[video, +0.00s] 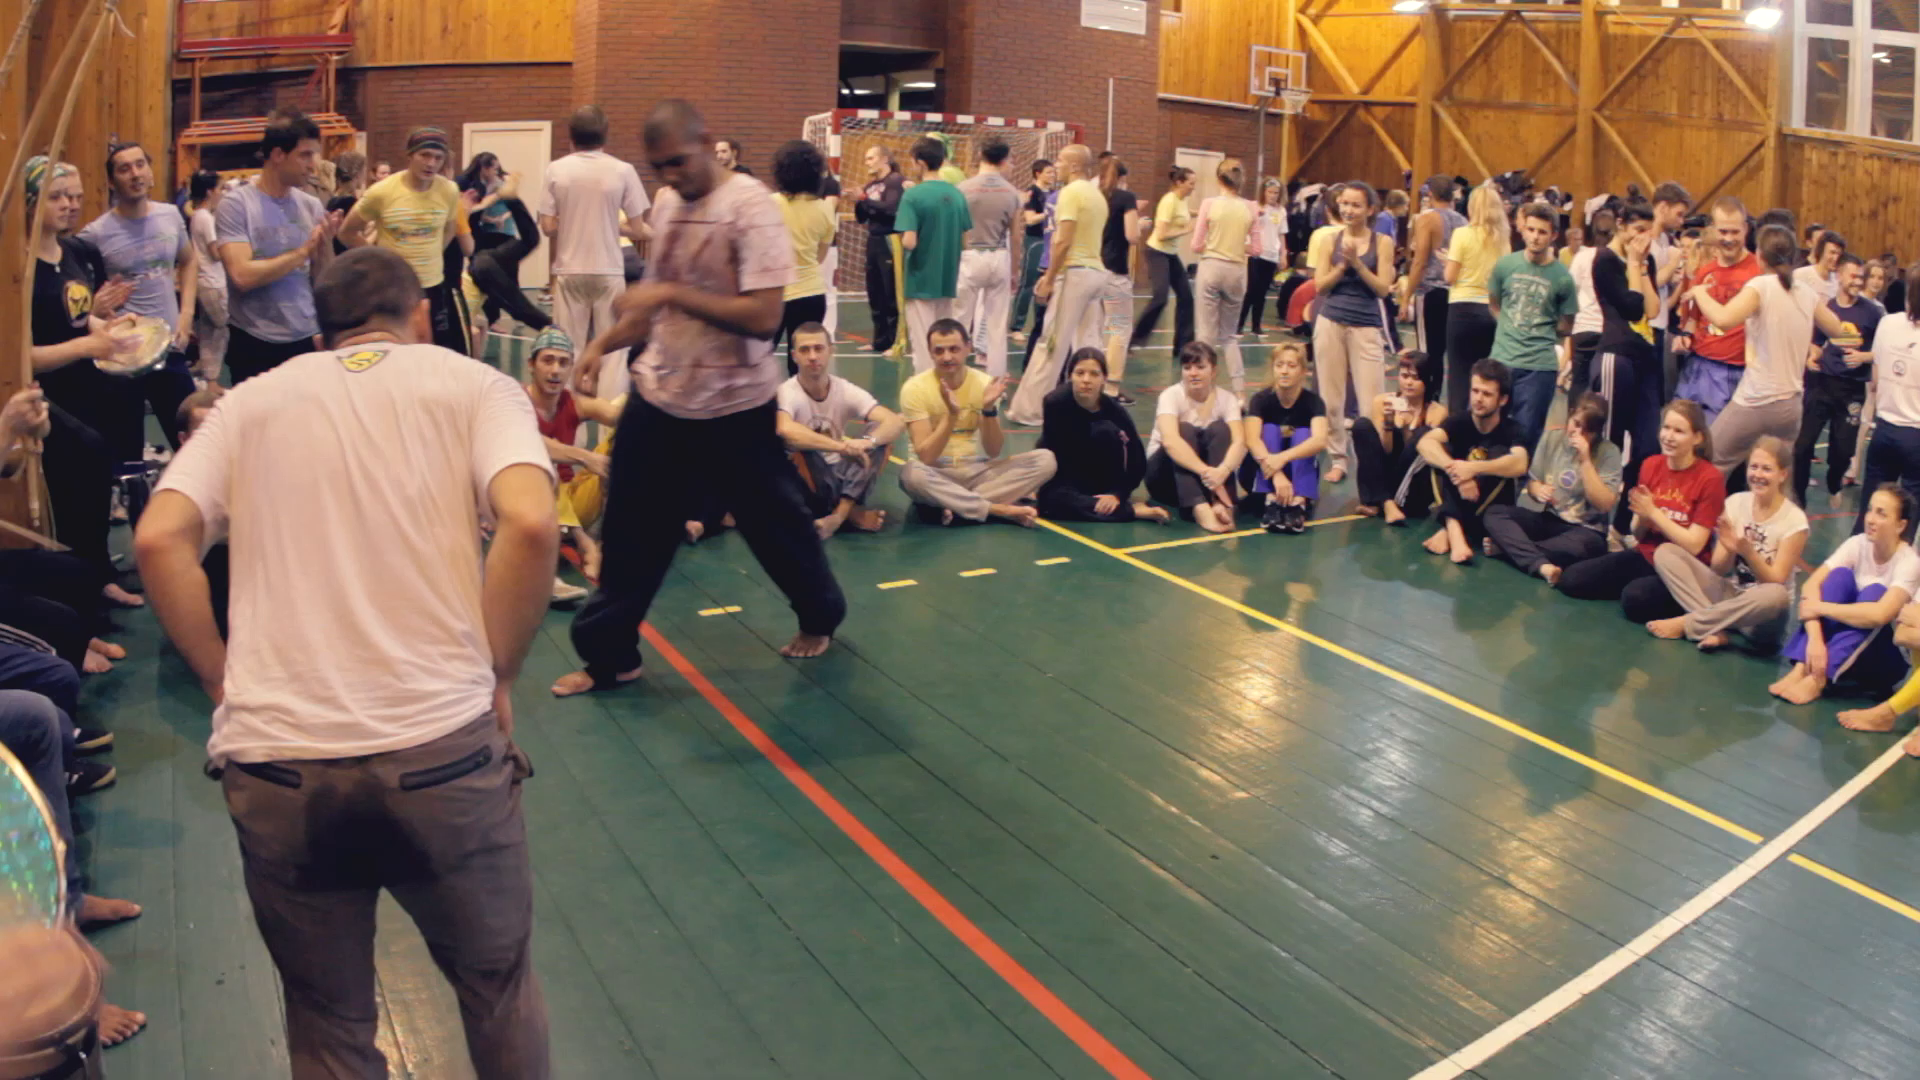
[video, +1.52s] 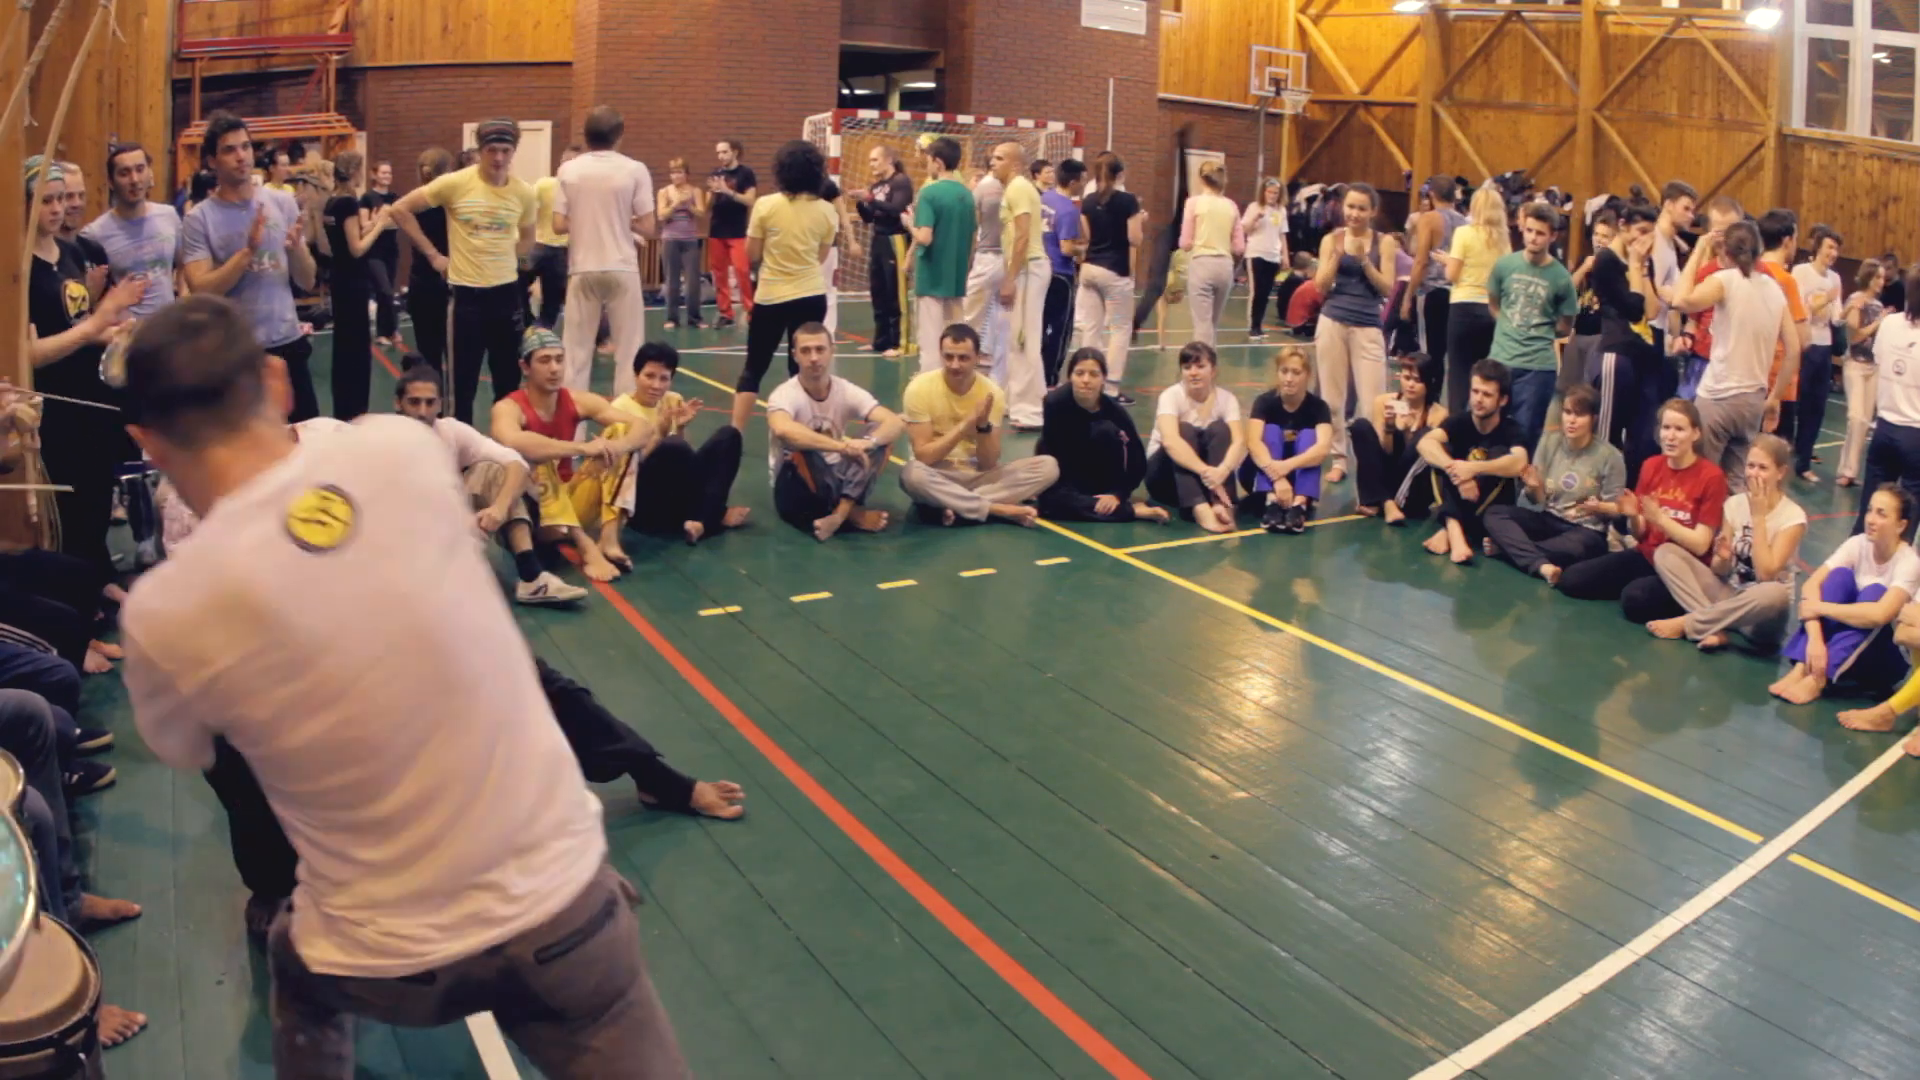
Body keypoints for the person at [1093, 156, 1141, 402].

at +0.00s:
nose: (1126, 181)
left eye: (1124, 178)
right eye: (1125, 177)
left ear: (1102, 175)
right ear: (1122, 177)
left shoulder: (1092, 195)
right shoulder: (1125, 197)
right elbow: (1131, 235)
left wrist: (1134, 211)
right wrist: (1142, 224)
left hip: (1091, 268)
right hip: (1116, 271)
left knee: (1090, 328)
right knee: (1120, 327)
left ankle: (1084, 385)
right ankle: (1111, 386)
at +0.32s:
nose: (1125, 178)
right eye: (1123, 174)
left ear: (1099, 174)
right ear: (1121, 175)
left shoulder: (1088, 199)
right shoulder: (1126, 199)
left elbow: (1086, 235)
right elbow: (1131, 236)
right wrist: (1141, 225)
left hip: (1089, 264)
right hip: (1114, 269)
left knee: (1091, 327)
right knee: (1120, 327)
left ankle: (1089, 383)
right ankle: (1112, 387)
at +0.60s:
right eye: (1120, 170)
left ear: (1097, 172)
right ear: (1120, 172)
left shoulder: (1086, 200)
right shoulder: (1127, 200)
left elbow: (1084, 235)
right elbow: (1133, 238)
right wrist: (1138, 219)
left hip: (1089, 264)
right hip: (1116, 267)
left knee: (1088, 327)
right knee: (1119, 328)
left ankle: (1088, 384)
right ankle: (1111, 387)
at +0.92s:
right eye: (1120, 171)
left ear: (1097, 172)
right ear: (1120, 173)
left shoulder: (1087, 200)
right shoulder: (1127, 201)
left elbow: (1085, 236)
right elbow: (1132, 238)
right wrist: (1142, 225)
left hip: (1089, 263)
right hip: (1115, 267)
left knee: (1089, 327)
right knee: (1119, 328)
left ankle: (1087, 384)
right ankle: (1111, 387)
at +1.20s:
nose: (1122, 175)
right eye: (1121, 172)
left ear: (1097, 173)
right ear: (1119, 174)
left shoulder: (1087, 201)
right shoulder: (1128, 201)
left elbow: (1086, 236)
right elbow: (1133, 239)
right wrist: (1140, 222)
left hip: (1089, 265)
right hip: (1115, 269)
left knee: (1091, 327)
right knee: (1119, 327)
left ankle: (1088, 383)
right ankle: (1112, 386)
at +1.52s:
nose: (1122, 175)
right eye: (1121, 171)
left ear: (1096, 173)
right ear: (1119, 173)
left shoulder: (1087, 201)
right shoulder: (1128, 201)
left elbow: (1086, 235)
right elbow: (1135, 238)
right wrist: (1140, 221)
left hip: (1090, 265)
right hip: (1117, 270)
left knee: (1088, 327)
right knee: (1119, 328)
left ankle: (1085, 385)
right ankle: (1111, 387)